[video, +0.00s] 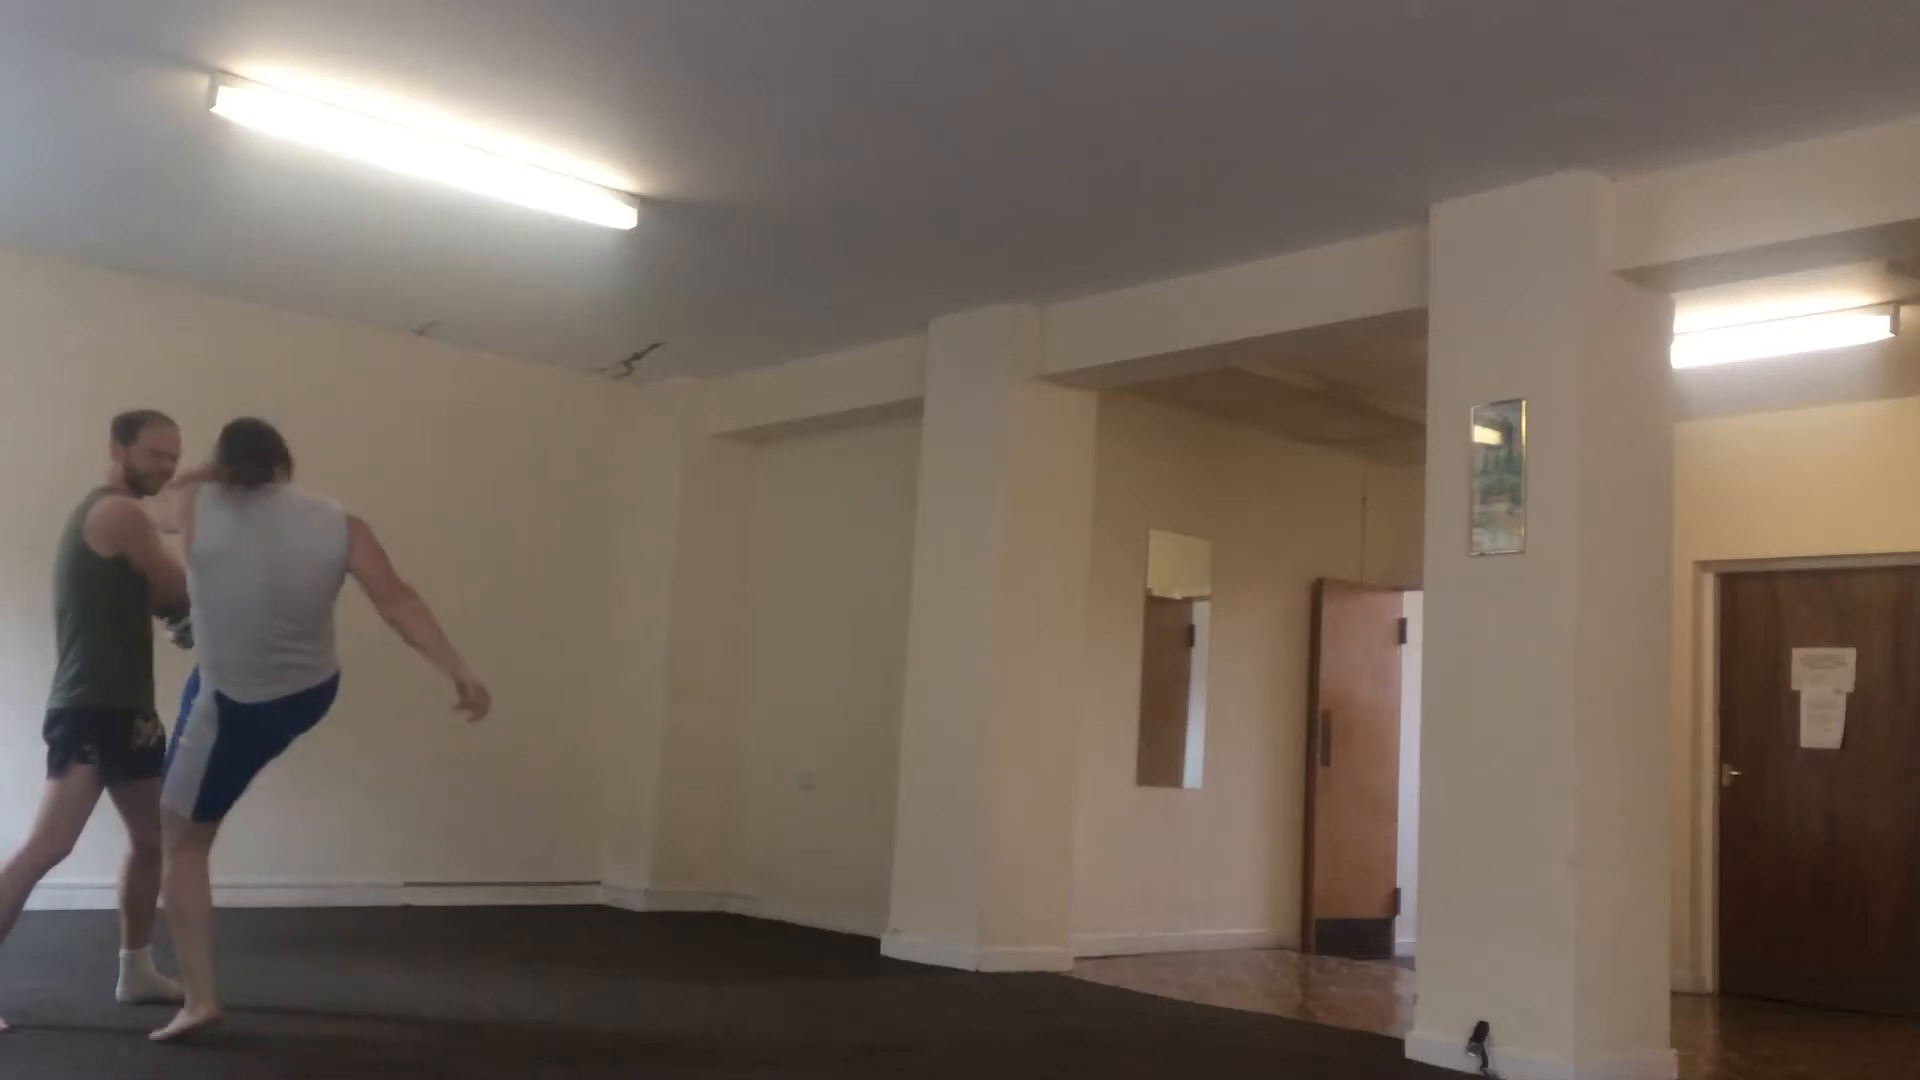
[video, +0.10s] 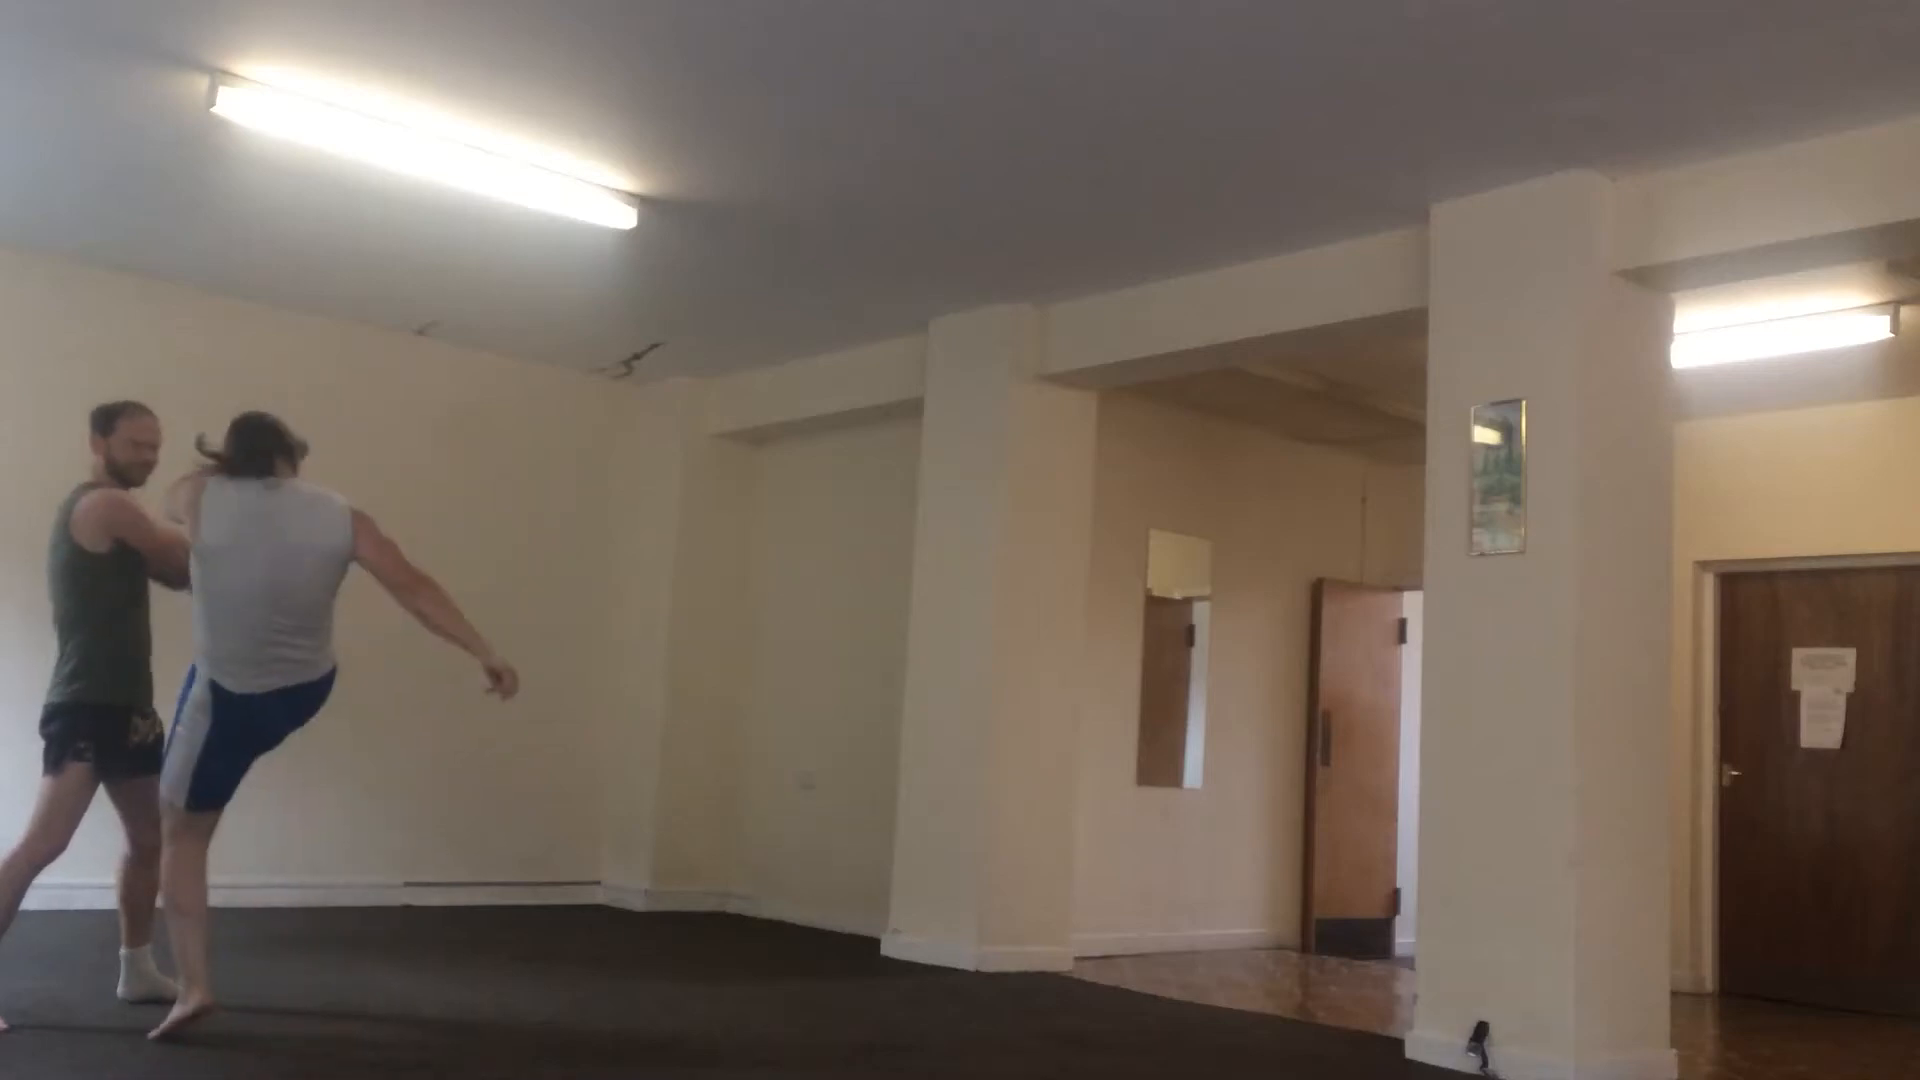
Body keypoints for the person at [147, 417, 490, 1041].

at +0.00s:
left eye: (209, 460)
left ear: (222, 468)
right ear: (287, 467)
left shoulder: (199, 507)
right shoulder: (337, 524)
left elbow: (158, 503)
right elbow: (396, 604)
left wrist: (207, 475)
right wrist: (460, 673)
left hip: (233, 707)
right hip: (311, 694)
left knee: (183, 843)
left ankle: (200, 999)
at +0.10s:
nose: (301, 468)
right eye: (298, 460)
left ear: (229, 461)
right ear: (291, 461)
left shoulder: (203, 499)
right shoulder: (335, 516)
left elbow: (179, 494)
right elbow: (410, 586)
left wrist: (230, 470)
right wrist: (484, 651)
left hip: (227, 703)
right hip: (308, 691)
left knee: (185, 837)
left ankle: (195, 987)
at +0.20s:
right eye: (296, 458)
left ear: (235, 460)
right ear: (300, 462)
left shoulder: (215, 503)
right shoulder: (342, 520)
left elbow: (165, 492)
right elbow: (414, 596)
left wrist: (224, 463)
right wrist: (466, 624)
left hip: (228, 705)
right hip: (304, 699)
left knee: (183, 849)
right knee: (271, 704)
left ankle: (195, 1001)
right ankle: (297, 795)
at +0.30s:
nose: (240, 466)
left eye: (245, 458)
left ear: (249, 464)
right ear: (311, 465)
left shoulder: (230, 511)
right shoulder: (349, 526)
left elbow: (155, 512)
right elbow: (398, 601)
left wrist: (216, 472)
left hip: (231, 703)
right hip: (305, 705)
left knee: (182, 853)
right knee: (267, 786)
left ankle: (196, 1006)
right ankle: (301, 891)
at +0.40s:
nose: (251, 472)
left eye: (255, 464)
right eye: (254, 463)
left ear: (267, 473)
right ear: (320, 472)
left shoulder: (248, 522)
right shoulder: (360, 535)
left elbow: (159, 545)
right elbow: (377, 594)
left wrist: (216, 486)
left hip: (242, 718)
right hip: (318, 723)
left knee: (177, 853)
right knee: (273, 846)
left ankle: (190, 1007)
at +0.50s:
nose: (262, 490)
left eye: (266, 481)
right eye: (264, 480)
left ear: (277, 486)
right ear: (328, 484)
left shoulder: (268, 539)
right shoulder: (369, 553)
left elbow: (181, 567)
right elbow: (299, 599)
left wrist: (214, 503)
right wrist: (202, 601)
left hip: (262, 728)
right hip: (333, 735)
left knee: (184, 852)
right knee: (284, 856)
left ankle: (195, 1011)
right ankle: (306, 1010)